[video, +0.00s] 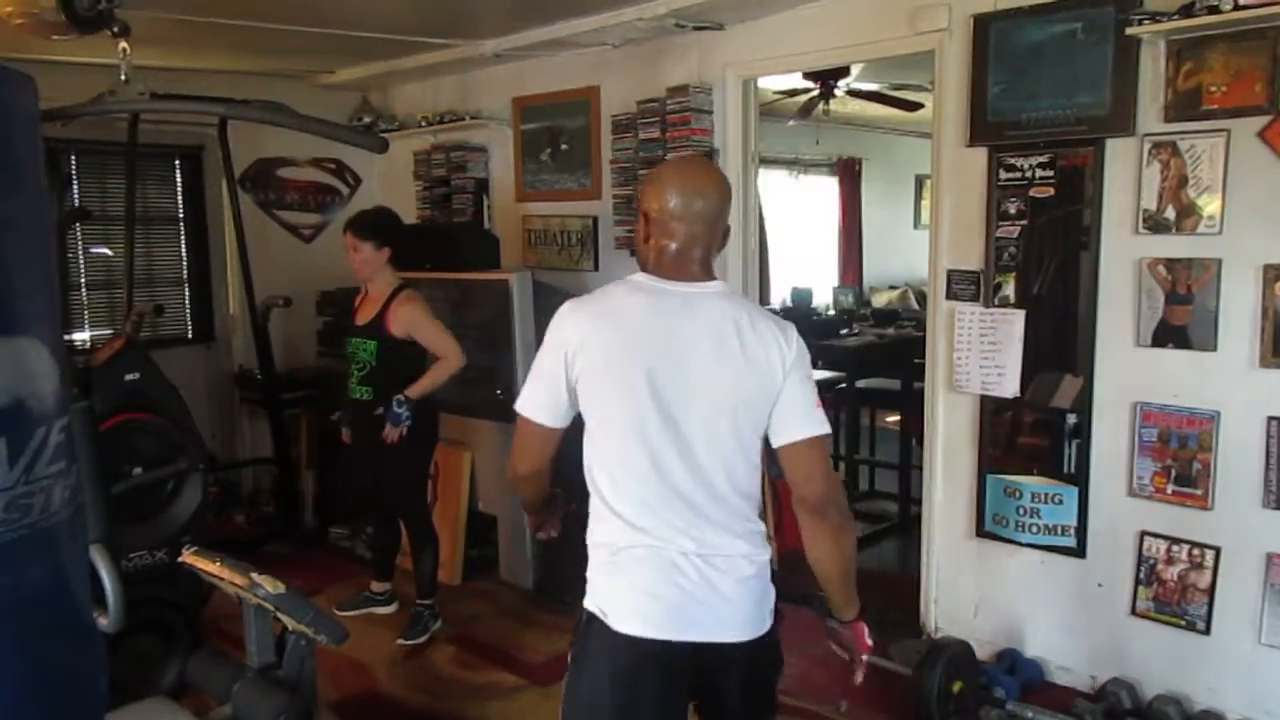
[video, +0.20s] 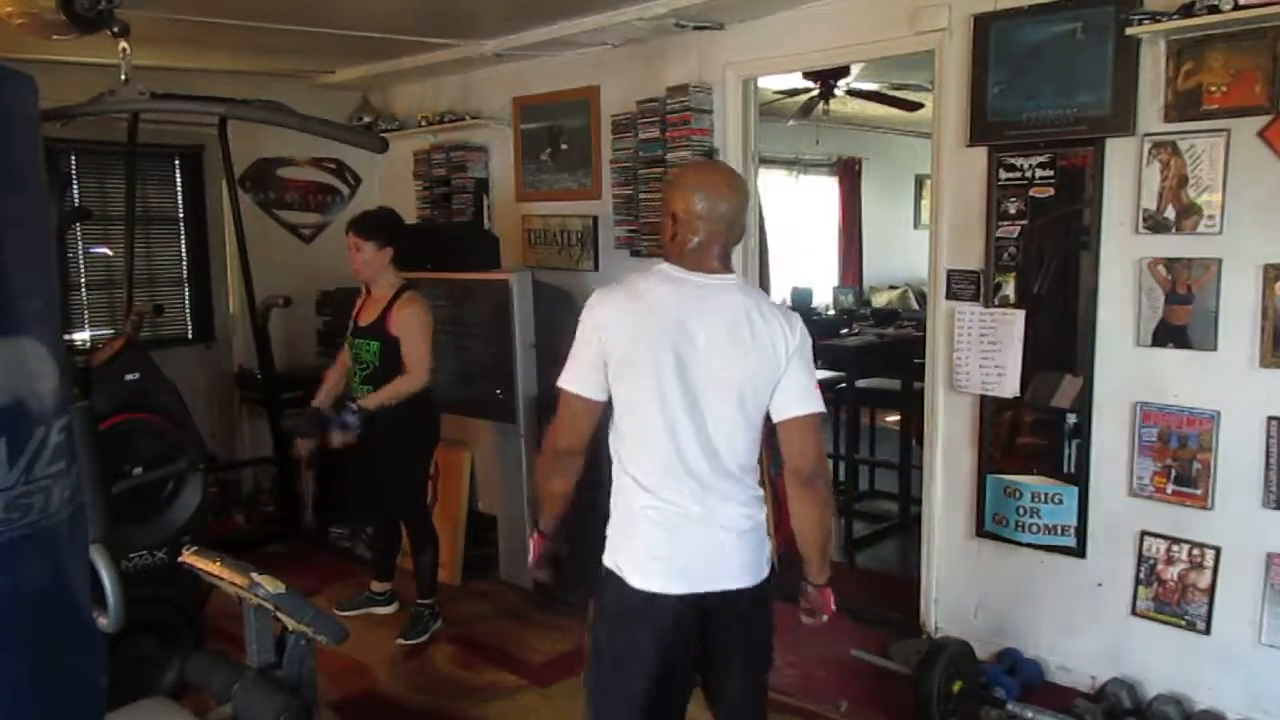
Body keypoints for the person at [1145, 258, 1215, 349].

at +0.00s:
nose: (1181, 273)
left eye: (1184, 269)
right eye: (1178, 269)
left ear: (1189, 272)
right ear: (1173, 272)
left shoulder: (1191, 287)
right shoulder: (1168, 286)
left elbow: (1213, 270)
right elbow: (1151, 266)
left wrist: (1198, 260)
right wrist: (1166, 261)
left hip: (1182, 329)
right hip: (1165, 327)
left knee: (1189, 357)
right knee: (1154, 356)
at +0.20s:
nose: (1182, 273)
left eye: (1185, 270)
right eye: (1179, 270)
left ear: (1189, 272)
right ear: (1173, 272)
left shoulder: (1191, 287)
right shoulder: (1168, 286)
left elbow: (1212, 270)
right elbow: (1151, 265)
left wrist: (1195, 261)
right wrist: (1167, 261)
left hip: (1182, 329)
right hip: (1165, 328)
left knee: (1190, 357)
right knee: (1154, 356)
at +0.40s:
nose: (1183, 273)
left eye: (1185, 270)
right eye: (1180, 269)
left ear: (1189, 272)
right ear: (1173, 271)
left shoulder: (1191, 287)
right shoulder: (1168, 286)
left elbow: (1212, 270)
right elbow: (1151, 265)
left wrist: (1196, 262)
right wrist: (1167, 261)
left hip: (1182, 329)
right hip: (1165, 328)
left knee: (1190, 357)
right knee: (1154, 356)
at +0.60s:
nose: (1182, 273)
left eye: (1185, 269)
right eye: (1179, 270)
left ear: (1189, 272)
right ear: (1173, 271)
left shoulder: (1191, 287)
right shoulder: (1168, 286)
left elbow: (1212, 270)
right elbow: (1151, 265)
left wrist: (1196, 262)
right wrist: (1167, 261)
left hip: (1182, 328)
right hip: (1165, 327)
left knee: (1189, 357)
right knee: (1155, 355)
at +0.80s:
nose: (1181, 273)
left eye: (1184, 269)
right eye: (1178, 269)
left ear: (1188, 272)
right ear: (1173, 272)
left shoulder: (1192, 286)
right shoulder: (1168, 285)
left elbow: (1213, 269)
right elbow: (1151, 266)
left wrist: (1199, 262)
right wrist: (1166, 261)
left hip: (1182, 328)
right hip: (1165, 327)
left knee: (1188, 357)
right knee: (1155, 355)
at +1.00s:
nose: (1181, 273)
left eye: (1184, 269)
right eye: (1178, 269)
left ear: (1188, 271)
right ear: (1173, 272)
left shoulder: (1192, 286)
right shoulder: (1168, 285)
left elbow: (1213, 269)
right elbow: (1151, 266)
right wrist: (1166, 261)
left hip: (1182, 328)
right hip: (1166, 327)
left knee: (1188, 357)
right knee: (1155, 355)